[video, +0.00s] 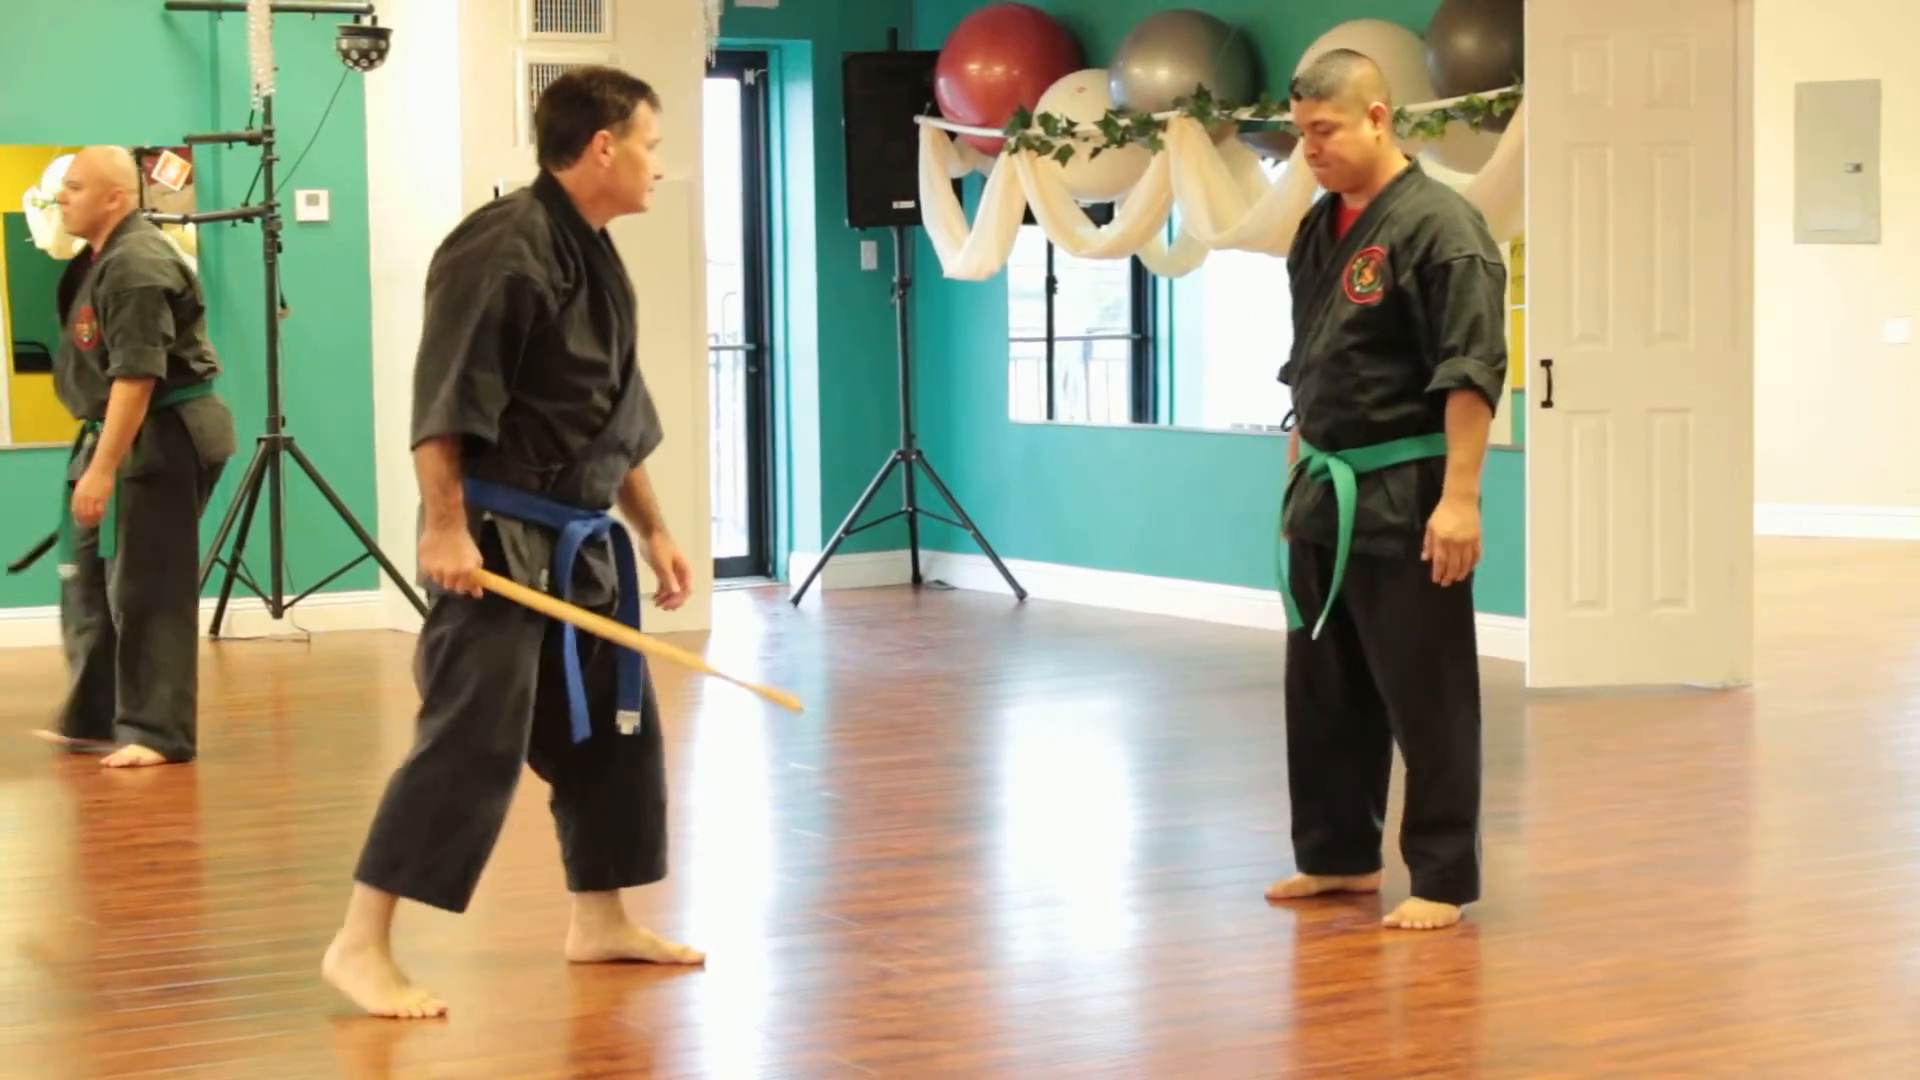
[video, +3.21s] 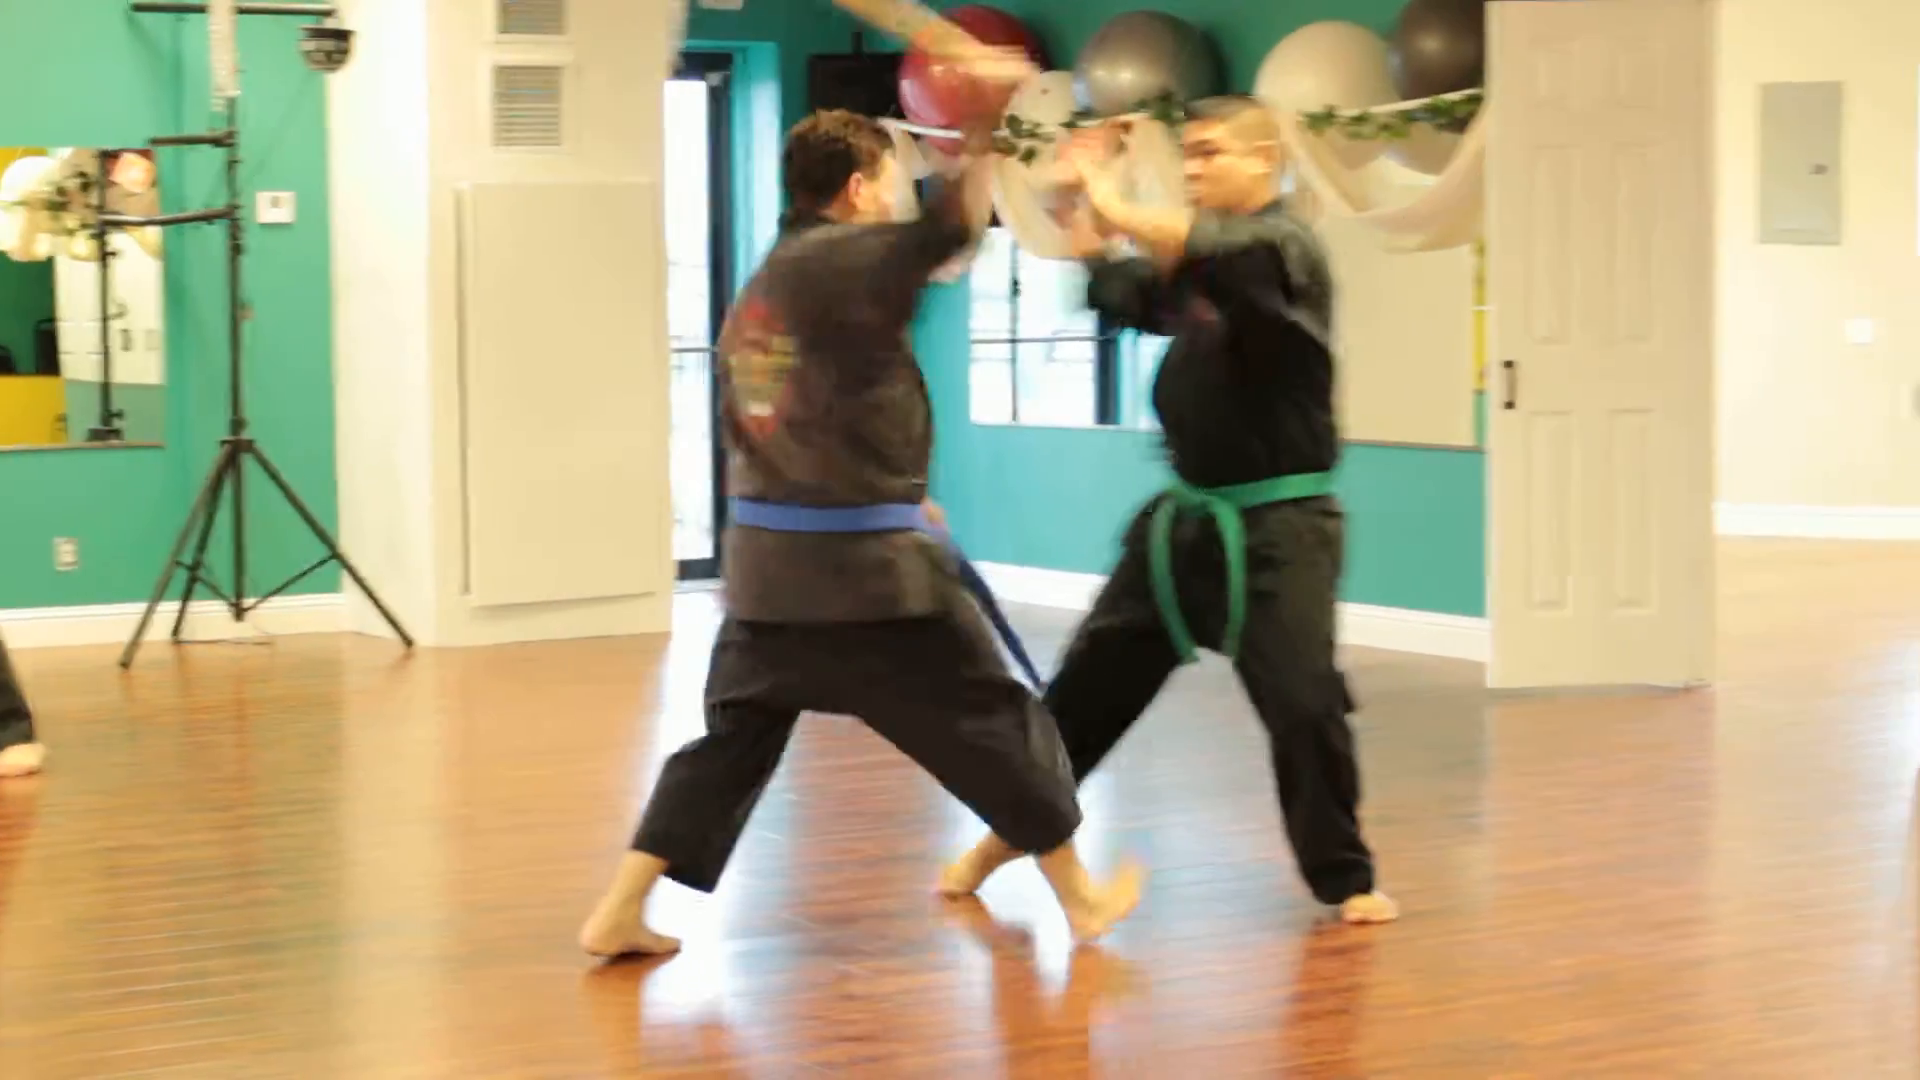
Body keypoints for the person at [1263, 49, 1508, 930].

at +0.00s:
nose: (1309, 149)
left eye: (1323, 131)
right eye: (1302, 134)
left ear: (1378, 119)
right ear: (1306, 134)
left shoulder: (1443, 223)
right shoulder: (1319, 226)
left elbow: (1471, 374)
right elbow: (1310, 364)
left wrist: (1461, 497)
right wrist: (1299, 465)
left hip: (1409, 480)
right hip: (1325, 480)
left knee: (1429, 689)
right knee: (1327, 679)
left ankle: (1442, 884)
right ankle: (1340, 860)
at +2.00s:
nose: (1308, 119)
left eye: (1329, 104)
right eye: (1306, 106)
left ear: (1385, 118)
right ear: (1308, 123)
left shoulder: (1429, 226)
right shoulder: (1317, 230)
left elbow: (1453, 375)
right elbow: (1320, 366)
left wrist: (1432, 496)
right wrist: (1301, 468)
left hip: (1402, 481)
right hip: (1326, 481)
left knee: (1412, 689)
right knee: (1328, 683)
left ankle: (1436, 887)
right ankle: (1347, 861)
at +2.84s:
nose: (1276, 131)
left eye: (1295, 116)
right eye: (1274, 118)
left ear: (1352, 127)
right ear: (1291, 132)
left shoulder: (1377, 233)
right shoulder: (1313, 228)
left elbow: (1375, 385)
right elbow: (1312, 373)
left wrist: (1301, 477)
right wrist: (1268, 454)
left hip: (1385, 487)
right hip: (1318, 480)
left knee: (1375, 679)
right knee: (1307, 675)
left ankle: (1388, 873)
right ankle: (1336, 861)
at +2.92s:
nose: (1272, 144)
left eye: (1291, 129)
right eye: (1269, 131)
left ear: (1347, 140)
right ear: (1274, 145)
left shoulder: (1366, 239)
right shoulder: (1310, 241)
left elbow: (1335, 370)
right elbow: (1283, 369)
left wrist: (1220, 383)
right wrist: (1264, 387)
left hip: (1379, 497)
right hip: (1303, 494)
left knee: (1373, 688)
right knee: (1246, 658)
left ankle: (1384, 873)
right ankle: (1308, 824)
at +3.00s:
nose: (1268, 154)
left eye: (1286, 139)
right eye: (1264, 140)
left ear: (1340, 150)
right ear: (1269, 153)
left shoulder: (1359, 253)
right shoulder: (1309, 244)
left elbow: (1255, 349)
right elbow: (1282, 296)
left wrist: (1170, 291)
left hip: (1371, 505)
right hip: (1291, 500)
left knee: (1366, 684)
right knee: (1199, 642)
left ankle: (1383, 878)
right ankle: (1226, 812)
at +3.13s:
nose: (1248, 163)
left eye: (1265, 146)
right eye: (1241, 150)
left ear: (1321, 153)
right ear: (1243, 164)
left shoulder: (1337, 247)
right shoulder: (1267, 246)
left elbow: (1232, 291)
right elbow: (1201, 280)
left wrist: (1146, 230)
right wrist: (1168, 204)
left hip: (1343, 513)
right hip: (1257, 510)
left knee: (1338, 691)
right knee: (1159, 663)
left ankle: (1382, 884)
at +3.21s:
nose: (1194, 169)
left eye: (1210, 154)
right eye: (1188, 156)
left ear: (1265, 162)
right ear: (1185, 167)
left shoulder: (1293, 246)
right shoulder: (1191, 261)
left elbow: (1219, 245)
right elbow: (1128, 295)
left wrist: (1116, 212)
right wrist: (1079, 205)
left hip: (1284, 513)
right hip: (1189, 510)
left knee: (1299, 694)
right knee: (1096, 676)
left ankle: (1348, 884)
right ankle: (1016, 826)